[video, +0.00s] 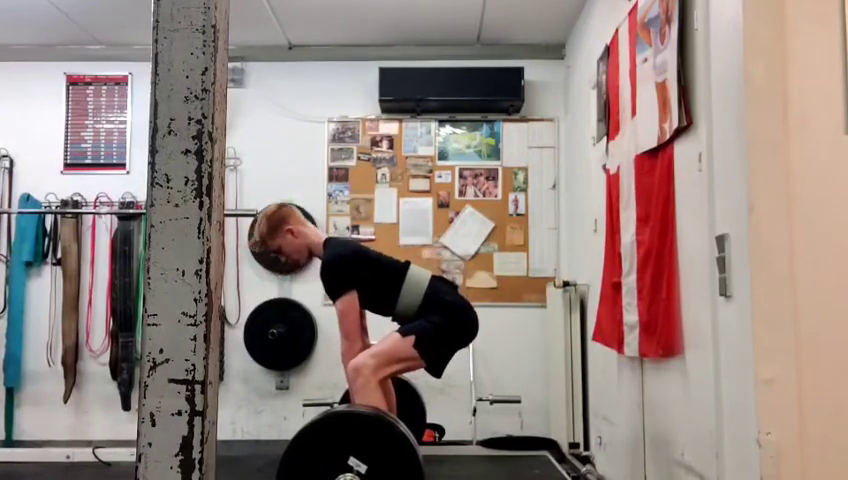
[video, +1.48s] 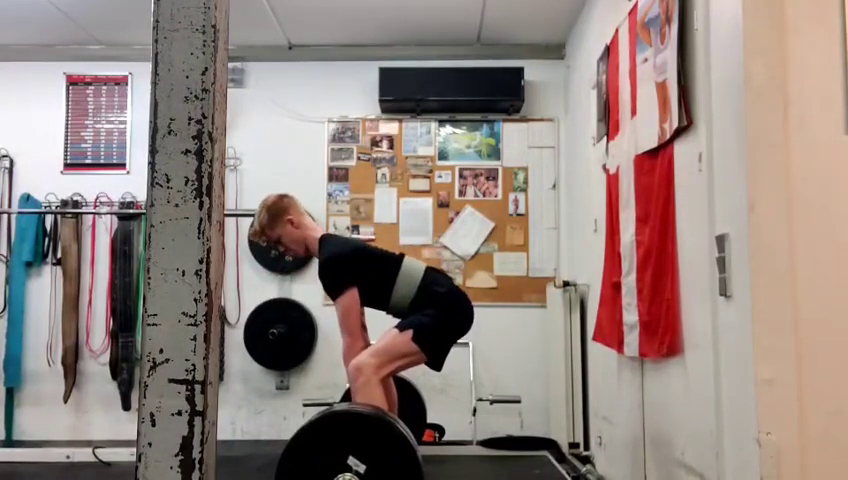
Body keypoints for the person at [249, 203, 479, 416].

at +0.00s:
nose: (284, 259)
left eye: (279, 250)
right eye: (278, 254)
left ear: (292, 231)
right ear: (295, 230)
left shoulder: (335, 261)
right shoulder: (340, 253)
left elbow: (353, 344)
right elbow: (361, 341)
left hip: (448, 316)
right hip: (446, 314)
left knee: (360, 367)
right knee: (371, 367)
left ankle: (374, 452)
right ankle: (389, 449)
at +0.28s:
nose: (287, 256)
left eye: (284, 247)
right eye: (281, 252)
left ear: (297, 228)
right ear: (300, 227)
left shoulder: (339, 262)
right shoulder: (344, 253)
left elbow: (355, 345)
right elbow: (363, 342)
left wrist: (356, 399)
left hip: (450, 319)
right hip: (447, 316)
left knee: (362, 367)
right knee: (371, 367)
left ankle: (373, 451)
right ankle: (390, 449)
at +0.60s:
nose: (288, 256)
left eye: (284, 247)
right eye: (282, 251)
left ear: (297, 228)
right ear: (301, 227)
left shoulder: (338, 262)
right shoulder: (342, 253)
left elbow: (354, 346)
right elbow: (361, 343)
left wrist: (356, 400)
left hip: (449, 320)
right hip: (446, 317)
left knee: (361, 367)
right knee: (371, 366)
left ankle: (372, 451)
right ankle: (389, 448)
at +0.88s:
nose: (288, 256)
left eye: (284, 248)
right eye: (282, 252)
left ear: (296, 228)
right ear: (300, 227)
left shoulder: (335, 262)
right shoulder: (340, 253)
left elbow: (352, 345)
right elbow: (360, 343)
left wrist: (355, 398)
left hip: (449, 319)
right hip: (447, 316)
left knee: (360, 368)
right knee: (371, 367)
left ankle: (374, 452)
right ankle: (390, 450)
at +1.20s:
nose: (288, 256)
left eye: (284, 248)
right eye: (282, 252)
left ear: (296, 228)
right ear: (300, 226)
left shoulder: (334, 263)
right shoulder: (340, 253)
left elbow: (352, 346)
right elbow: (359, 343)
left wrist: (354, 399)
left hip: (448, 318)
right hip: (446, 316)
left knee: (359, 368)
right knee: (370, 368)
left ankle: (371, 452)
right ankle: (388, 450)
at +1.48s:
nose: (282, 251)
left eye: (278, 242)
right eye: (276, 246)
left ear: (292, 223)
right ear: (296, 221)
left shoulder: (333, 259)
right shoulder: (336, 252)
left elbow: (354, 343)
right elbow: (360, 340)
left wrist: (358, 416)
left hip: (445, 308)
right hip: (443, 306)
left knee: (363, 369)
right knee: (373, 369)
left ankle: (375, 452)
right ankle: (388, 449)